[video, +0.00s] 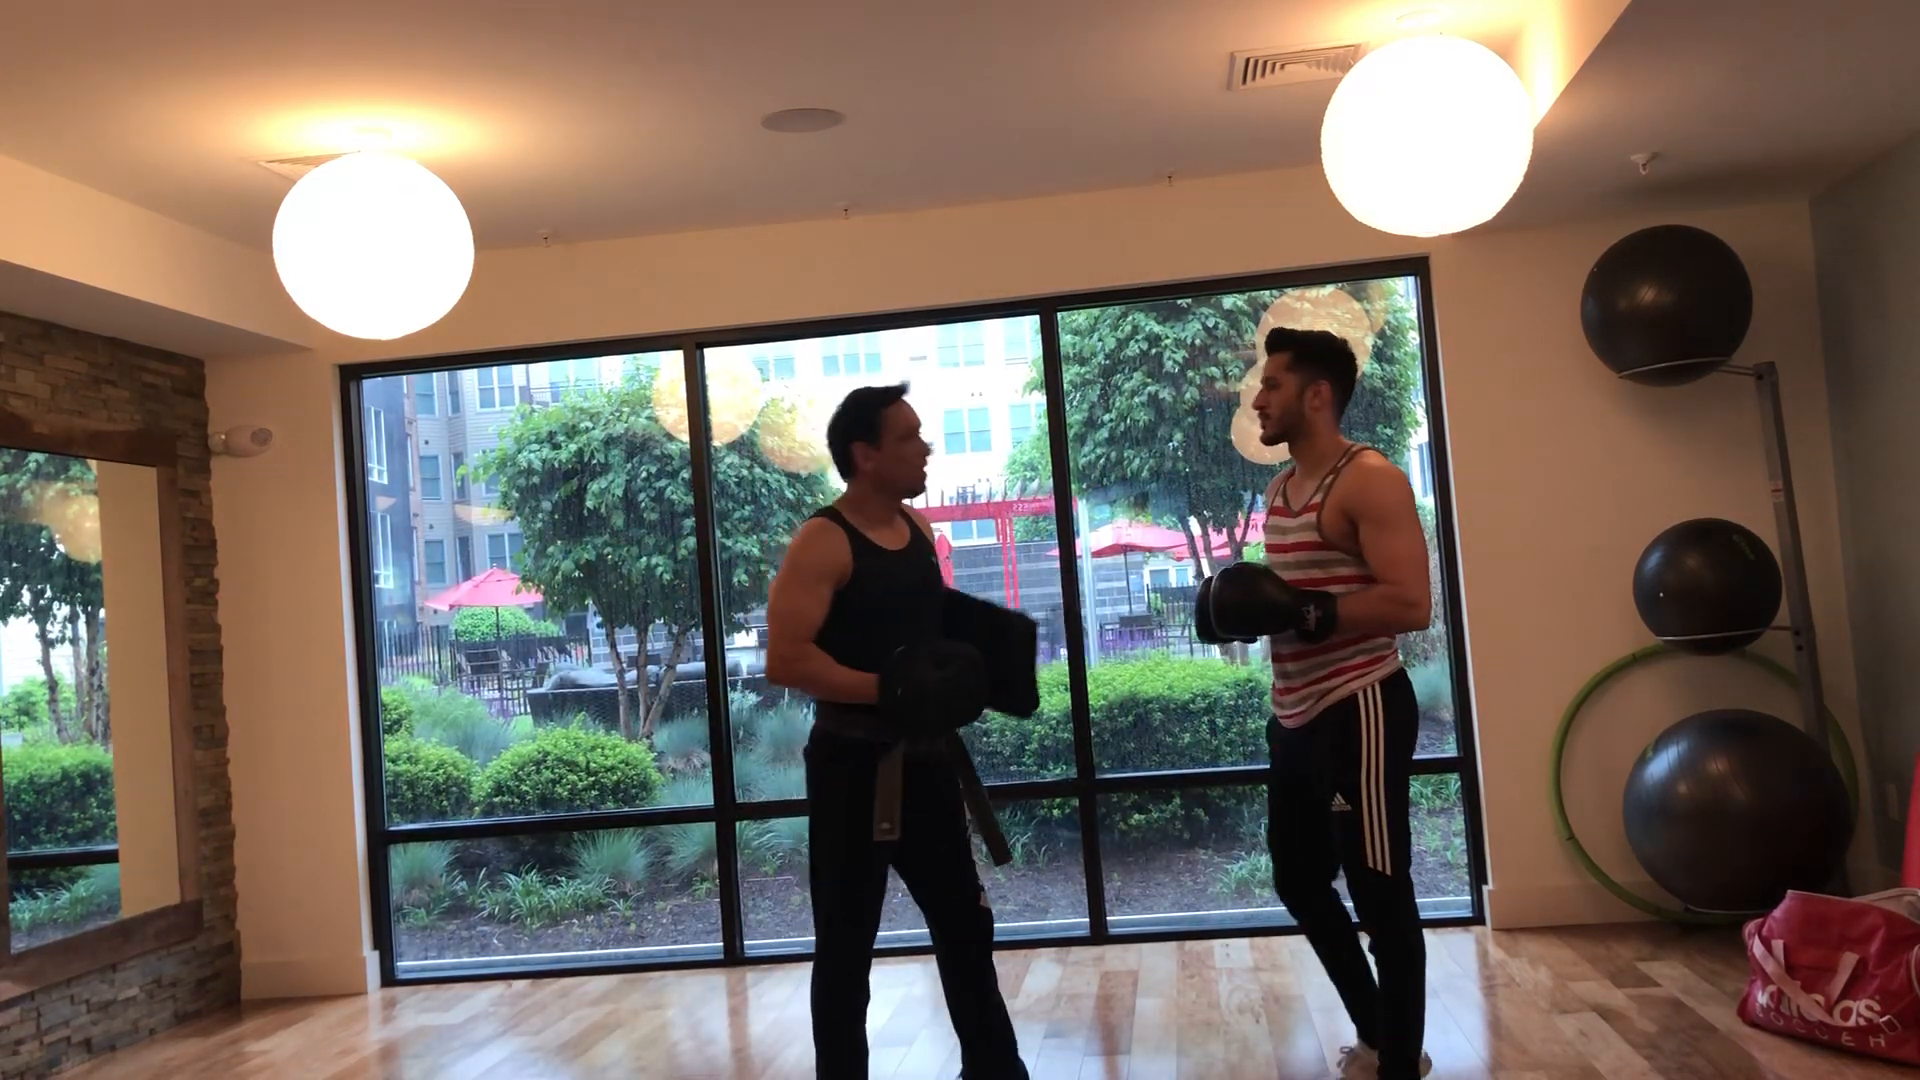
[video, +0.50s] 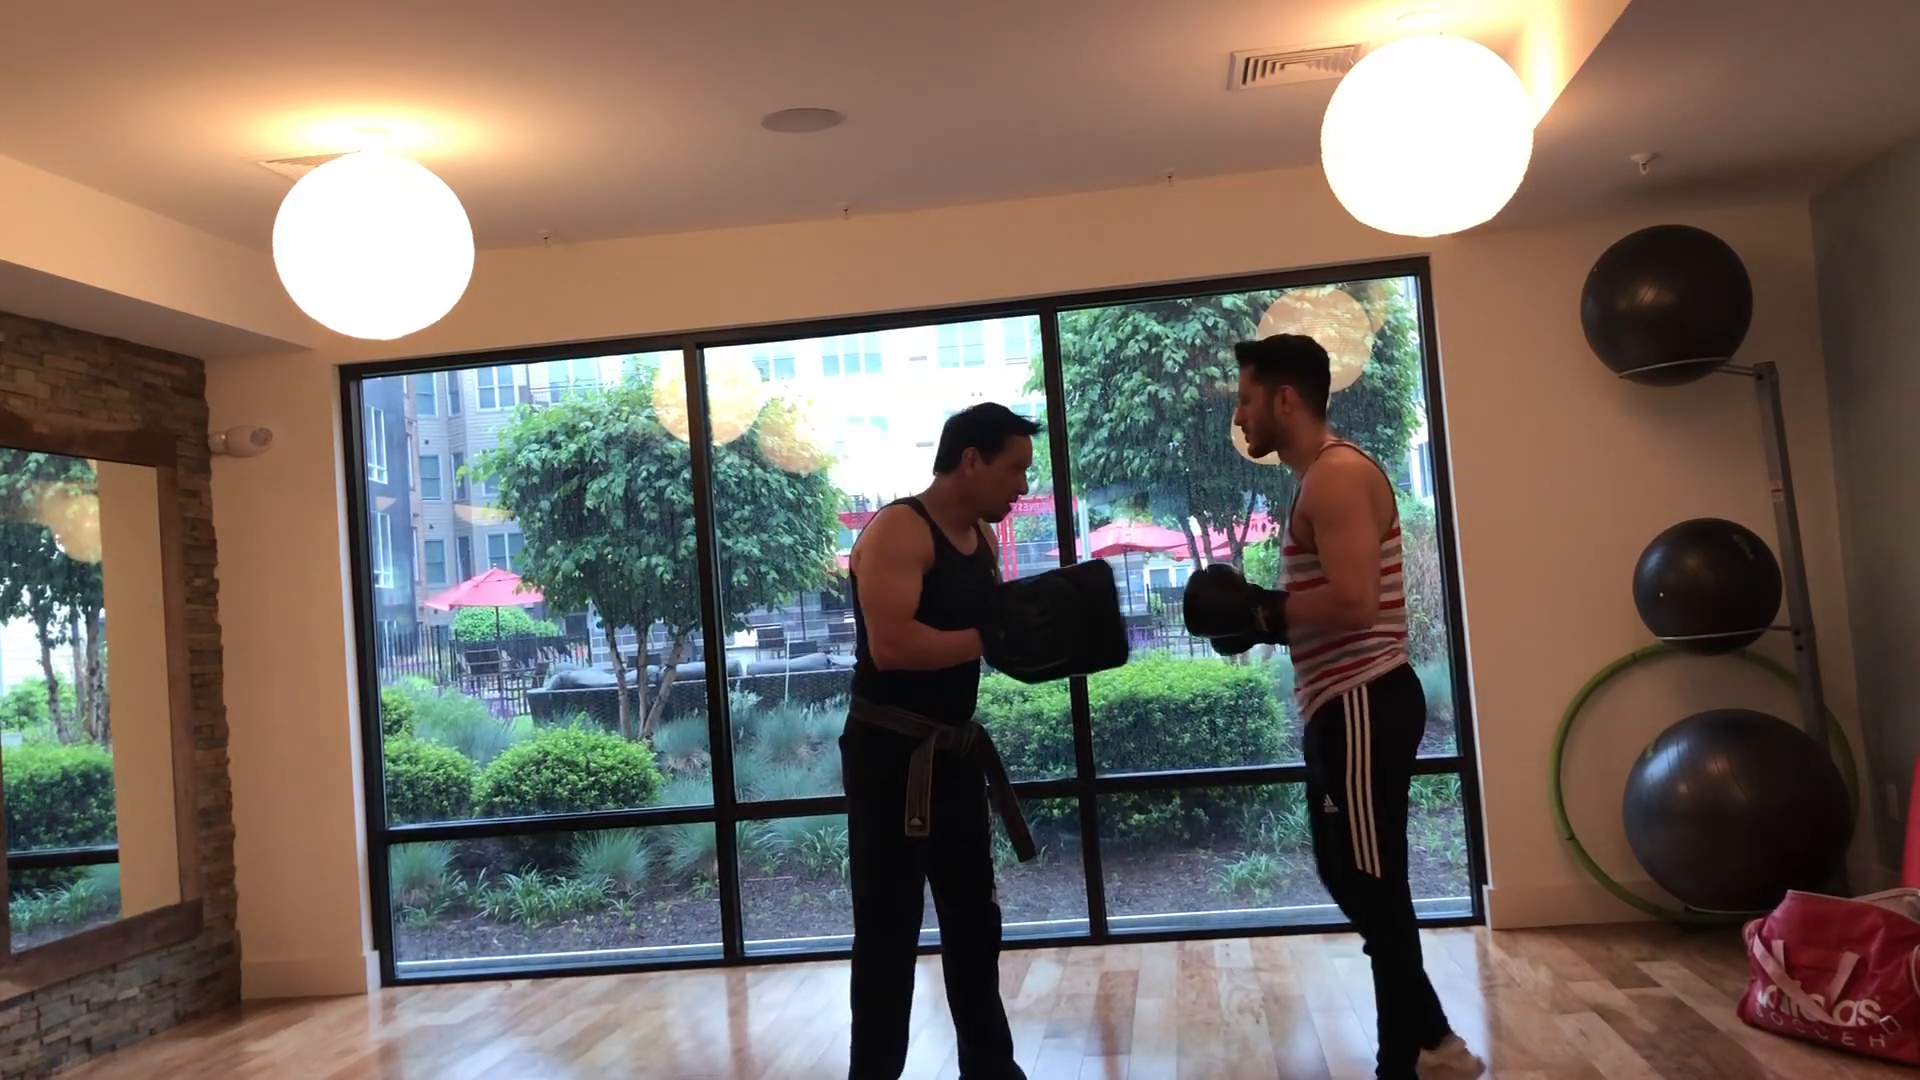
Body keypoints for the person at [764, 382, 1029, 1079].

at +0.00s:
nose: (926, 448)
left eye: (921, 435)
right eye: (910, 439)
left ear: (883, 457)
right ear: (862, 456)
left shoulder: (916, 531)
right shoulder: (820, 541)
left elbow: (923, 634)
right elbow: (784, 659)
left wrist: (985, 660)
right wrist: (894, 686)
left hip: (925, 754)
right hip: (848, 763)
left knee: (965, 930)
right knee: (844, 950)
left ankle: (996, 1074)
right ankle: (842, 1079)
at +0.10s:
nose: (952, 452)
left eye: (948, 439)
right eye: (938, 441)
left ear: (904, 454)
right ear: (891, 453)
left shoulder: (929, 532)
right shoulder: (841, 538)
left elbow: (931, 636)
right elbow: (806, 657)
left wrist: (994, 652)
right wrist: (914, 681)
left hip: (935, 753)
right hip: (862, 758)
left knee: (967, 932)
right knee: (855, 946)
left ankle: (991, 1073)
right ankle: (844, 1078)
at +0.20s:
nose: (977, 463)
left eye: (976, 449)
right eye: (965, 449)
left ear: (935, 457)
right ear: (919, 453)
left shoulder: (944, 534)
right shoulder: (865, 535)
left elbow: (945, 634)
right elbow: (842, 652)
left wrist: (1006, 658)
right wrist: (948, 672)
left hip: (946, 749)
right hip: (879, 753)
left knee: (973, 924)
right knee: (872, 937)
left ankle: (990, 1072)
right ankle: (849, 1076)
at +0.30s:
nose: (1003, 476)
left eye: (1004, 463)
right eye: (995, 462)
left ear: (958, 461)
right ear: (950, 457)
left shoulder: (960, 536)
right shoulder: (880, 536)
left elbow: (962, 635)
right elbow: (862, 649)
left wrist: (1029, 644)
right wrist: (968, 656)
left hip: (954, 745)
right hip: (885, 750)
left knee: (978, 922)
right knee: (883, 933)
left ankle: (991, 1070)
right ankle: (858, 1076)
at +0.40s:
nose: (1018, 488)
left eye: (1021, 475)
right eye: (1012, 472)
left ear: (974, 465)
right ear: (967, 460)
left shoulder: (974, 535)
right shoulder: (891, 530)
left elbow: (979, 626)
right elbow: (874, 644)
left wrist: (1041, 630)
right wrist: (979, 638)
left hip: (954, 740)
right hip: (887, 744)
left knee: (973, 923)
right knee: (888, 926)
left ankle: (991, 1071)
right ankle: (869, 1075)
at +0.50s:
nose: (1022, 488)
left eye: (1025, 475)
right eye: (1017, 472)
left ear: (976, 467)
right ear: (972, 462)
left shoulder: (979, 539)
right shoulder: (895, 530)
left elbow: (989, 626)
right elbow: (890, 646)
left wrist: (1052, 618)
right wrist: (995, 638)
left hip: (954, 744)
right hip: (887, 746)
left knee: (973, 923)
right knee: (888, 930)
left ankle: (990, 1071)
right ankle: (874, 1073)